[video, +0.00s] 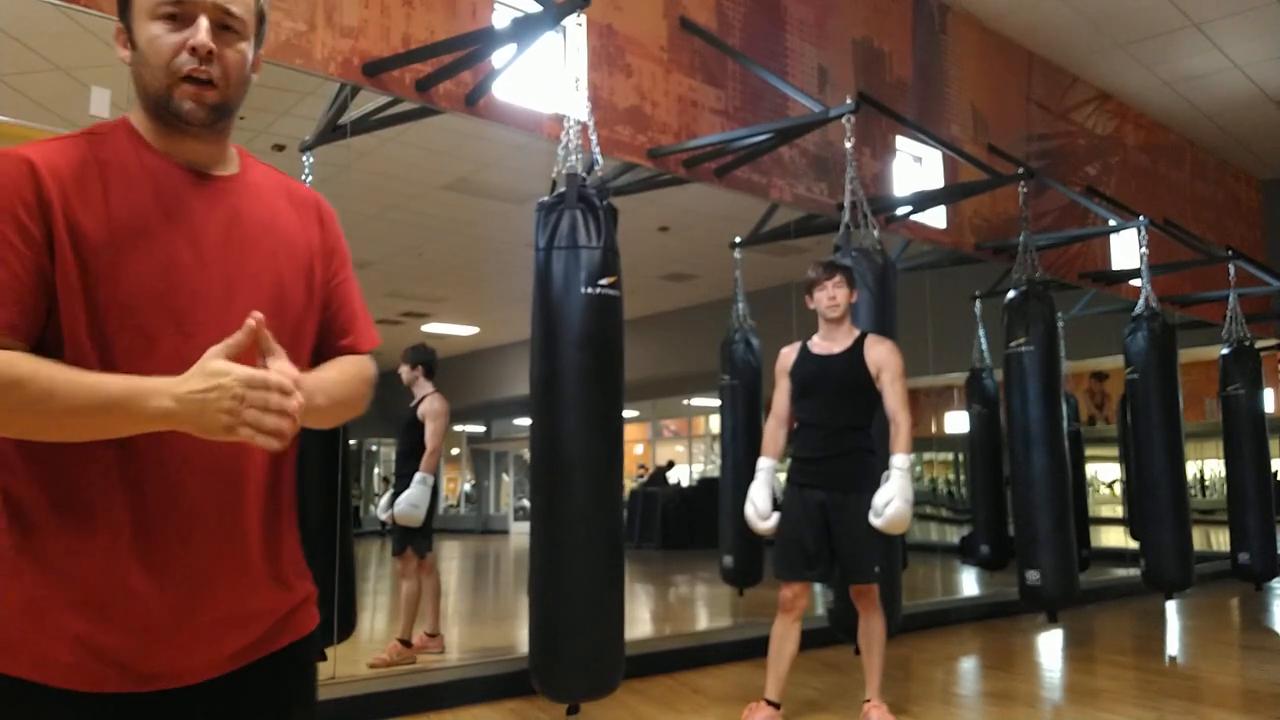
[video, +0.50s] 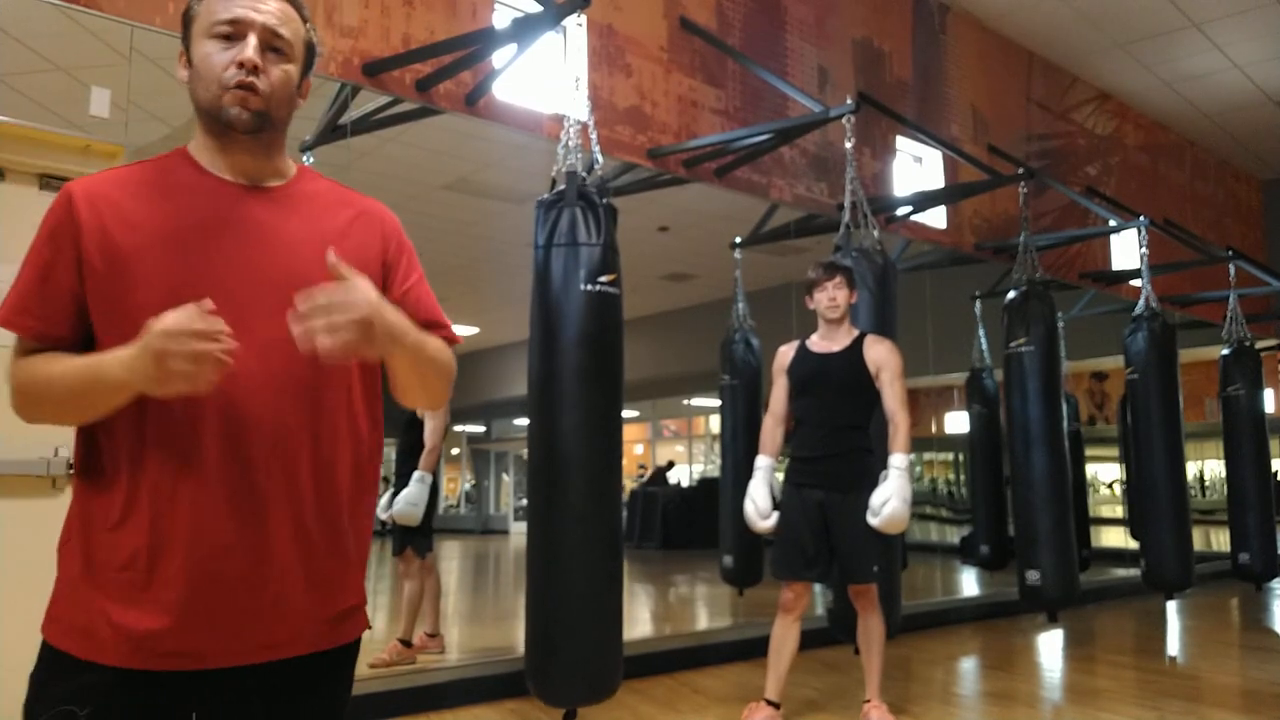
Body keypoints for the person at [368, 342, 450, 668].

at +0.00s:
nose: (399, 372)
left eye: (403, 367)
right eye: (400, 367)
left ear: (418, 370)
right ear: (419, 370)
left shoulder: (434, 402)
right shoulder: (417, 403)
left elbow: (433, 450)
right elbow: (406, 454)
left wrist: (419, 489)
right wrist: (392, 492)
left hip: (416, 486)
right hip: (408, 485)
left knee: (406, 565)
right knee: (424, 564)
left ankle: (403, 641)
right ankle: (431, 634)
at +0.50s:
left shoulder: (434, 402)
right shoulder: (415, 408)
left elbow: (433, 447)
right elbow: (405, 457)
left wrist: (418, 486)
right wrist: (393, 492)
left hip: (416, 486)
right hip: (407, 485)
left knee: (408, 564)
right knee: (425, 564)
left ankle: (404, 642)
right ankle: (432, 633)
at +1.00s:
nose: (402, 374)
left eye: (405, 368)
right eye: (402, 369)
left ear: (421, 369)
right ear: (421, 370)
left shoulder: (433, 401)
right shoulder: (421, 402)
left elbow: (431, 448)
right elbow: (409, 452)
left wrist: (417, 488)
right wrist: (393, 490)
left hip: (419, 484)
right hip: (411, 483)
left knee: (409, 562)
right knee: (424, 562)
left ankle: (404, 641)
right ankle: (431, 634)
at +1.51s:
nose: (403, 375)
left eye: (406, 369)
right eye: (403, 369)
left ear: (422, 369)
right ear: (421, 370)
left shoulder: (435, 403)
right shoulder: (421, 403)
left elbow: (433, 450)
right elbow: (409, 452)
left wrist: (418, 489)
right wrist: (394, 490)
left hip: (419, 485)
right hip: (411, 484)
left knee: (409, 564)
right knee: (425, 563)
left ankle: (404, 641)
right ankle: (430, 634)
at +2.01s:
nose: (398, 372)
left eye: (402, 366)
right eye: (399, 367)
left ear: (419, 369)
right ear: (415, 370)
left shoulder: (437, 402)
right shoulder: (411, 403)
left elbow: (439, 449)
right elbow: (406, 454)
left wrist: (425, 489)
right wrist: (391, 491)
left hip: (421, 484)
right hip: (407, 482)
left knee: (405, 564)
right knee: (424, 563)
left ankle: (403, 641)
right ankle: (432, 634)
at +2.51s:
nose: (393, 377)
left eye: (396, 370)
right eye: (391, 372)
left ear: (407, 370)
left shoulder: (425, 399)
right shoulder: (399, 403)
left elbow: (432, 450)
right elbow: (396, 457)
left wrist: (421, 488)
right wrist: (380, 490)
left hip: (412, 486)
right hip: (396, 485)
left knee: (400, 563)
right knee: (412, 564)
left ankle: (402, 642)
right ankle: (430, 632)